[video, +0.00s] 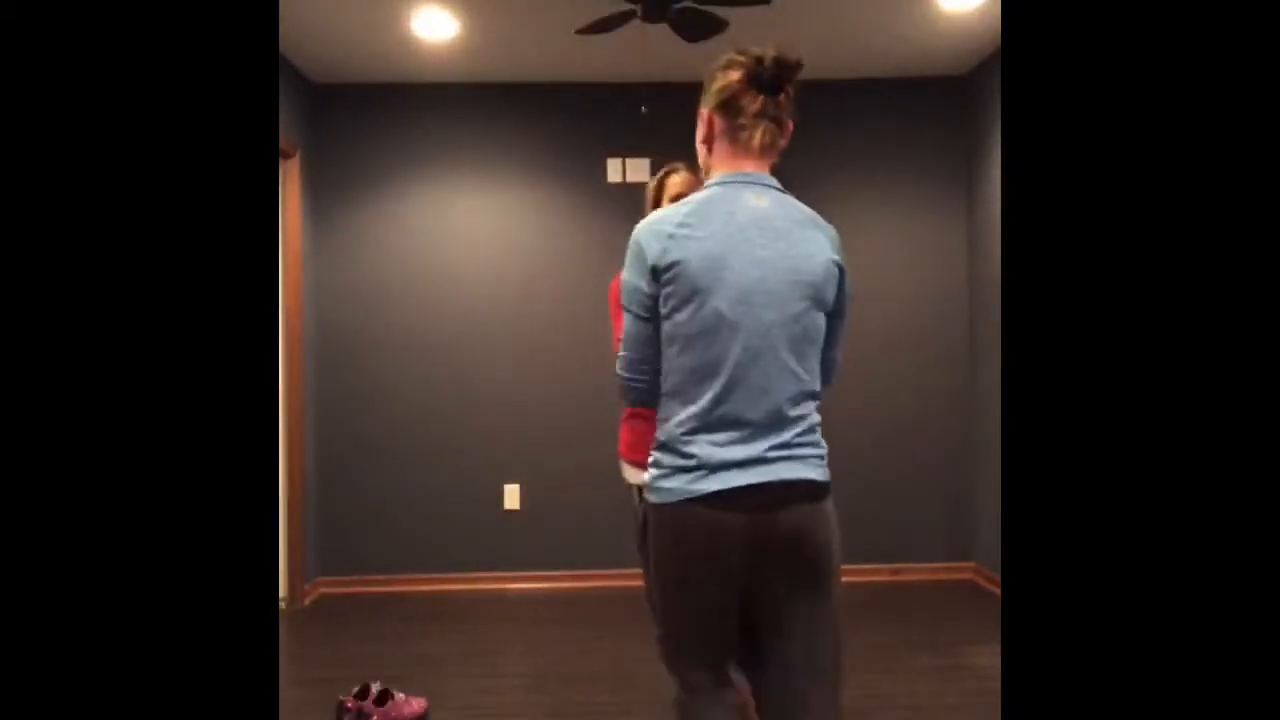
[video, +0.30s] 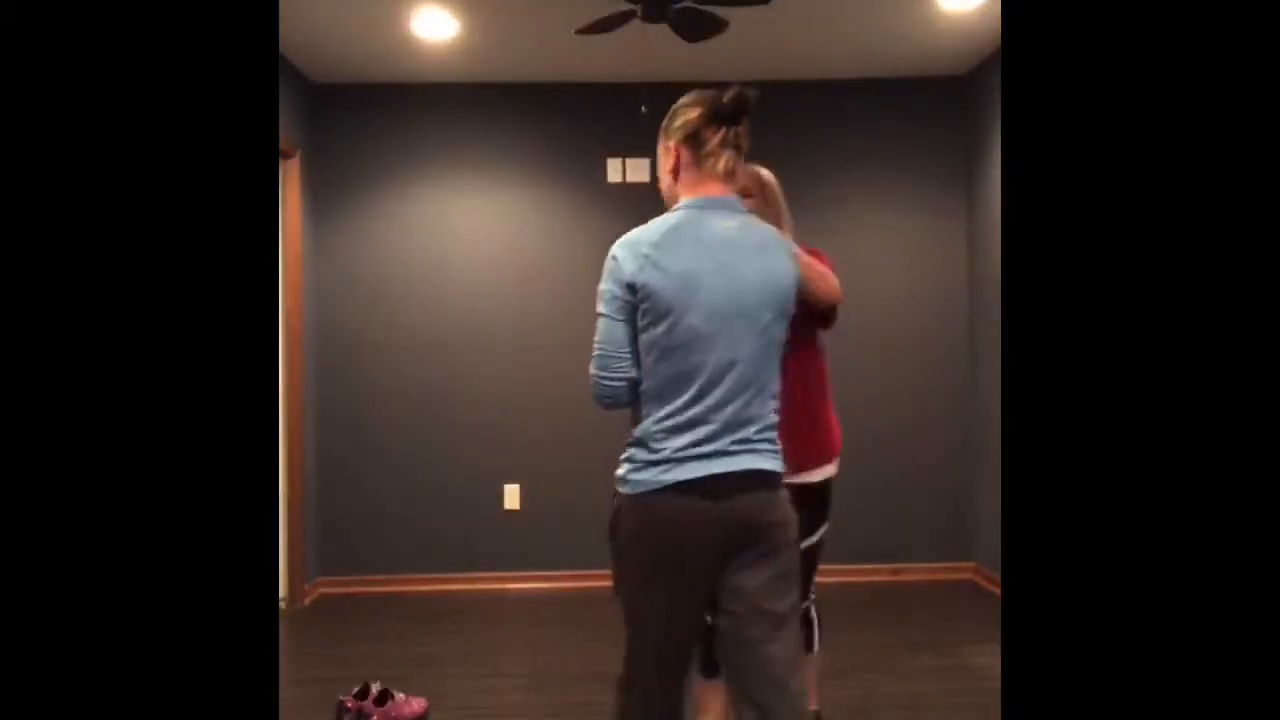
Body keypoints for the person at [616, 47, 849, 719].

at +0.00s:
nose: (696, 136)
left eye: (698, 124)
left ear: (706, 127)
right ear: (785, 138)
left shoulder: (657, 234)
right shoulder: (820, 235)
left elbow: (638, 381)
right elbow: (824, 373)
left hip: (692, 514)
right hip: (799, 509)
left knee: (703, 686)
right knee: (805, 696)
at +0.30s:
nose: (658, 170)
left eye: (659, 158)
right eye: (659, 159)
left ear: (673, 158)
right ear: (737, 163)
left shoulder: (634, 250)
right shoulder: (778, 250)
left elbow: (611, 385)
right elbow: (767, 353)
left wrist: (683, 364)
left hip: (660, 506)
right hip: (759, 498)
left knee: (653, 688)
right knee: (773, 685)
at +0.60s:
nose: (585, 202)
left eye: (592, 188)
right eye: (588, 188)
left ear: (629, 192)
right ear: (653, 193)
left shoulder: (603, 261)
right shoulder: (697, 262)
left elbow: (562, 373)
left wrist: (602, 375)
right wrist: (649, 142)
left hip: (599, 484)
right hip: (668, 484)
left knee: (608, 650)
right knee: (653, 626)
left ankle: (622, 718)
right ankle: (688, 709)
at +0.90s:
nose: (573, 215)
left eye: (583, 204)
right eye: (571, 204)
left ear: (618, 209)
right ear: (576, 210)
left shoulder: (646, 269)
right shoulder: (577, 255)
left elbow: (662, 356)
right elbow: (497, 243)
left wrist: (602, 368)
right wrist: (518, 227)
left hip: (610, 456)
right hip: (573, 452)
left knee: (575, 606)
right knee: (549, 602)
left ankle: (605, 711)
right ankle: (574, 710)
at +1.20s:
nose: (570, 225)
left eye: (582, 215)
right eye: (568, 215)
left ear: (618, 222)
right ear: (567, 222)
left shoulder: (652, 278)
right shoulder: (558, 279)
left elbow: (683, 328)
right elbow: (537, 336)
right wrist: (593, 313)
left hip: (638, 454)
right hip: (571, 454)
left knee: (639, 588)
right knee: (558, 589)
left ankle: (663, 702)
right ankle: (560, 707)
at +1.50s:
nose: (633, 225)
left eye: (645, 214)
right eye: (627, 215)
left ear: (673, 212)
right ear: (616, 222)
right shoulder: (610, 283)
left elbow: (594, 371)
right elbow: (585, 370)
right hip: (634, 439)